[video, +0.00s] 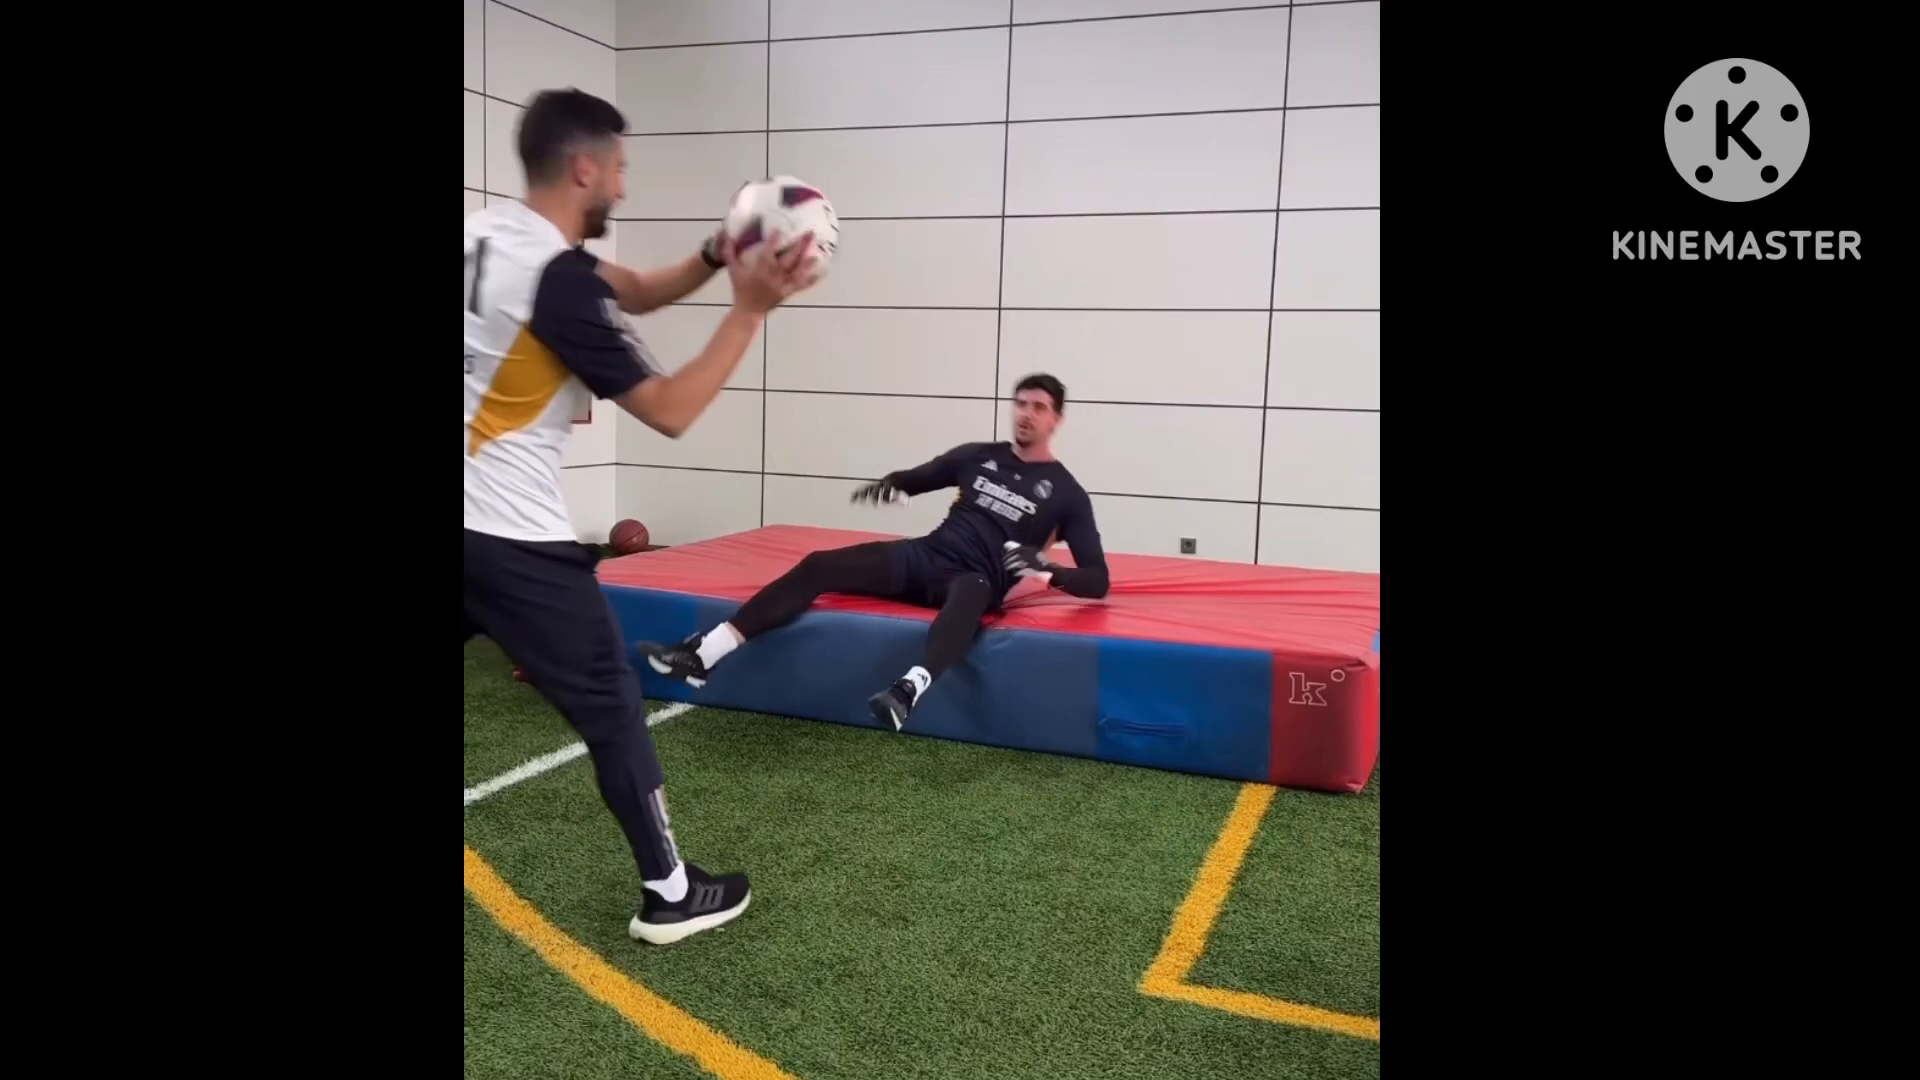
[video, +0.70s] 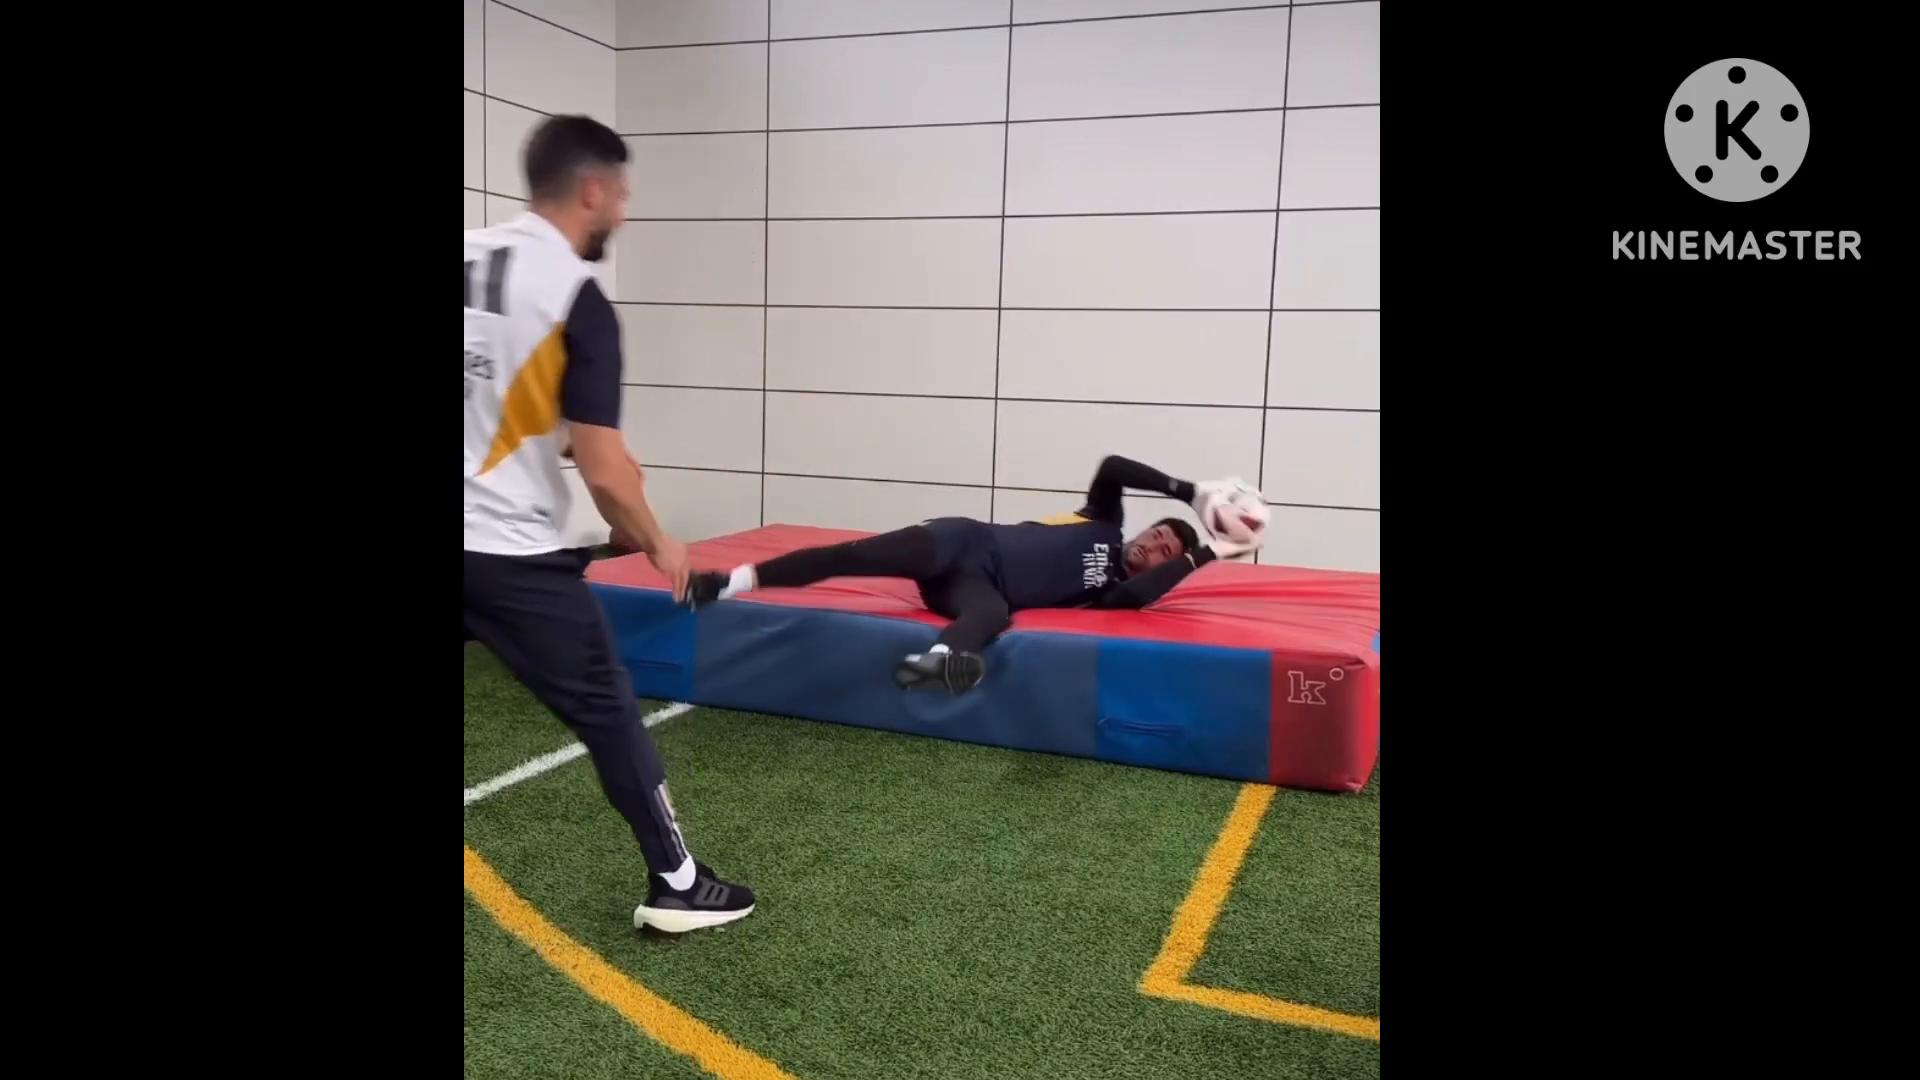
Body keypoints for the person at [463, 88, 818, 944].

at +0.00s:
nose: (622, 184)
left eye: (620, 166)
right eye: (617, 166)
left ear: (544, 164)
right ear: (583, 168)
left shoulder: (485, 225)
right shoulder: (553, 272)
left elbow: (636, 288)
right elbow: (669, 410)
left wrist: (719, 255)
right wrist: (750, 308)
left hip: (471, 519)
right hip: (509, 534)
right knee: (608, 700)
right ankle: (669, 889)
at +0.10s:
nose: (685, 208)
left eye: (686, 193)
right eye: (683, 193)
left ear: (610, 184)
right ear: (654, 189)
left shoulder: (539, 237)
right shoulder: (629, 291)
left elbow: (667, 308)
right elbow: (751, 406)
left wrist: (766, 274)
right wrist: (823, 313)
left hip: (472, 513)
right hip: (545, 537)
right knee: (638, 699)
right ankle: (675, 886)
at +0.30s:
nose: (753, 251)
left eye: (757, 238)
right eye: (757, 236)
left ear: (680, 212)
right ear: (735, 228)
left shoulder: (594, 254)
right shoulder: (702, 302)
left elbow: (667, 356)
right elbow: (819, 349)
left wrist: (768, 364)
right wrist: (912, 359)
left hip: (474, 494)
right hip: (564, 526)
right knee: (646, 699)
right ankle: (677, 883)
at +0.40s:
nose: (755, 265)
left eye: (759, 249)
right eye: (758, 247)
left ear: (687, 221)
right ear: (734, 232)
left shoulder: (591, 263)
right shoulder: (704, 308)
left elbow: (629, 395)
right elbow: (809, 400)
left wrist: (733, 430)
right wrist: (863, 426)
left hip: (474, 500)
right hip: (573, 528)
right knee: (652, 699)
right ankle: (679, 882)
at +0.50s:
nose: (735, 259)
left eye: (740, 242)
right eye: (739, 240)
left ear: (662, 217)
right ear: (715, 228)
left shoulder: (567, 264)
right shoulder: (691, 314)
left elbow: (574, 393)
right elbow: (760, 467)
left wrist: (670, 469)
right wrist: (783, 498)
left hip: (473, 507)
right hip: (565, 534)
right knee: (652, 697)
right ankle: (678, 881)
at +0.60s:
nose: (694, 237)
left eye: (695, 219)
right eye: (692, 219)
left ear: (614, 207)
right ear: (665, 215)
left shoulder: (513, 263)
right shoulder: (646, 313)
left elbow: (510, 400)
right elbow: (665, 482)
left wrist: (606, 475)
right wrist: (700, 551)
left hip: (468, 527)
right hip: (551, 547)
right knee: (642, 698)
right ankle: (678, 879)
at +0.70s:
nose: (624, 213)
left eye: (624, 196)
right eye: (621, 195)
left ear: (544, 187)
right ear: (591, 192)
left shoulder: (469, 252)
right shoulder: (577, 296)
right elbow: (598, 457)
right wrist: (659, 544)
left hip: (471, 532)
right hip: (508, 542)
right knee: (603, 703)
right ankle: (676, 879)